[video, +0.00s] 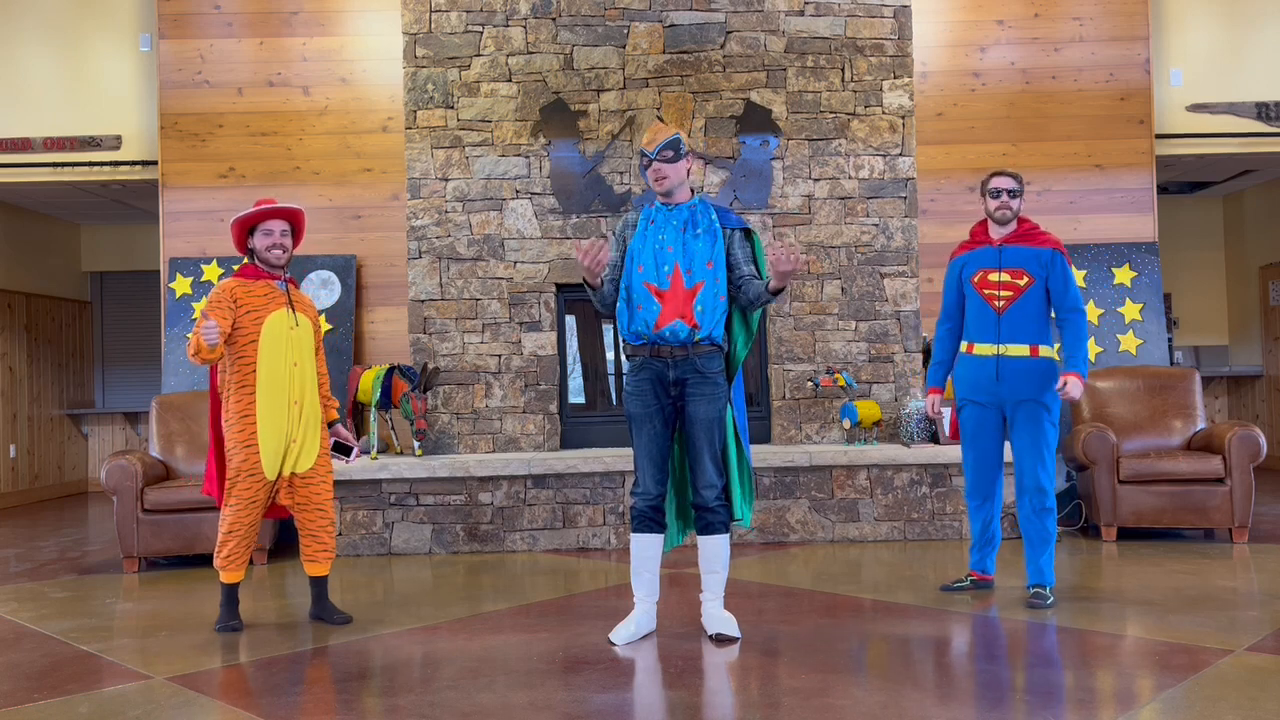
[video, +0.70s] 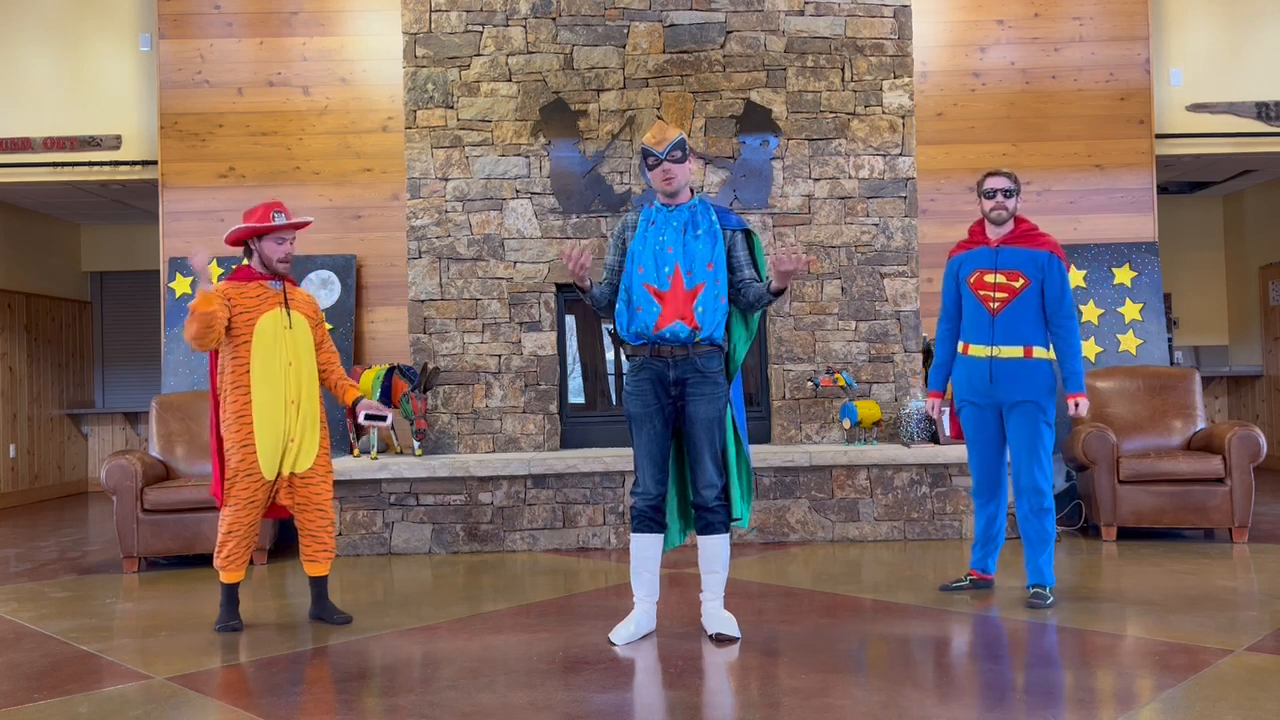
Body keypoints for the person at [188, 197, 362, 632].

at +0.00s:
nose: (277, 242)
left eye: (284, 235)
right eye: (267, 235)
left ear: (293, 243)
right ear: (251, 243)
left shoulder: (303, 300)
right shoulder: (229, 293)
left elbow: (318, 367)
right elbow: (200, 353)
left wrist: (332, 420)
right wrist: (207, 343)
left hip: (303, 418)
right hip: (250, 418)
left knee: (318, 499)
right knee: (244, 500)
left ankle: (321, 600)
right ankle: (229, 605)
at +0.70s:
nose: (289, 249)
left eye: (292, 240)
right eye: (279, 241)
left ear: (294, 243)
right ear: (254, 246)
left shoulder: (305, 300)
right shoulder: (229, 294)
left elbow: (328, 363)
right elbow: (201, 338)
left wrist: (355, 399)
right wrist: (205, 283)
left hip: (304, 422)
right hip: (250, 425)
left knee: (318, 504)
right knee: (243, 506)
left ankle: (321, 601)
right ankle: (229, 606)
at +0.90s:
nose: (291, 250)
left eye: (293, 243)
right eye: (283, 242)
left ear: (292, 248)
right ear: (257, 246)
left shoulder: (302, 300)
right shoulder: (225, 293)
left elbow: (327, 352)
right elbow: (227, 331)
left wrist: (361, 361)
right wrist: (266, 279)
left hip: (304, 425)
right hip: (248, 427)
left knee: (316, 503)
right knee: (242, 506)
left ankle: (321, 601)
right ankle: (229, 606)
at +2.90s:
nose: (283, 252)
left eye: (286, 244)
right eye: (274, 244)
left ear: (288, 247)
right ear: (249, 246)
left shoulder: (298, 298)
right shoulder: (221, 297)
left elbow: (325, 356)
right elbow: (231, 345)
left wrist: (333, 324)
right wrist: (291, 323)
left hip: (303, 420)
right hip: (249, 422)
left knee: (317, 502)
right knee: (242, 505)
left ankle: (320, 601)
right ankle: (229, 606)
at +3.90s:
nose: (286, 252)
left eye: (288, 244)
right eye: (276, 244)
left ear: (288, 247)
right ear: (251, 246)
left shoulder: (298, 298)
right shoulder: (221, 296)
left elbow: (324, 356)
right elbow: (225, 347)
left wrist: (334, 326)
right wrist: (285, 330)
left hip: (303, 419)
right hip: (249, 421)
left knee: (316, 500)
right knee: (242, 503)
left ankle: (320, 601)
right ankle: (229, 607)